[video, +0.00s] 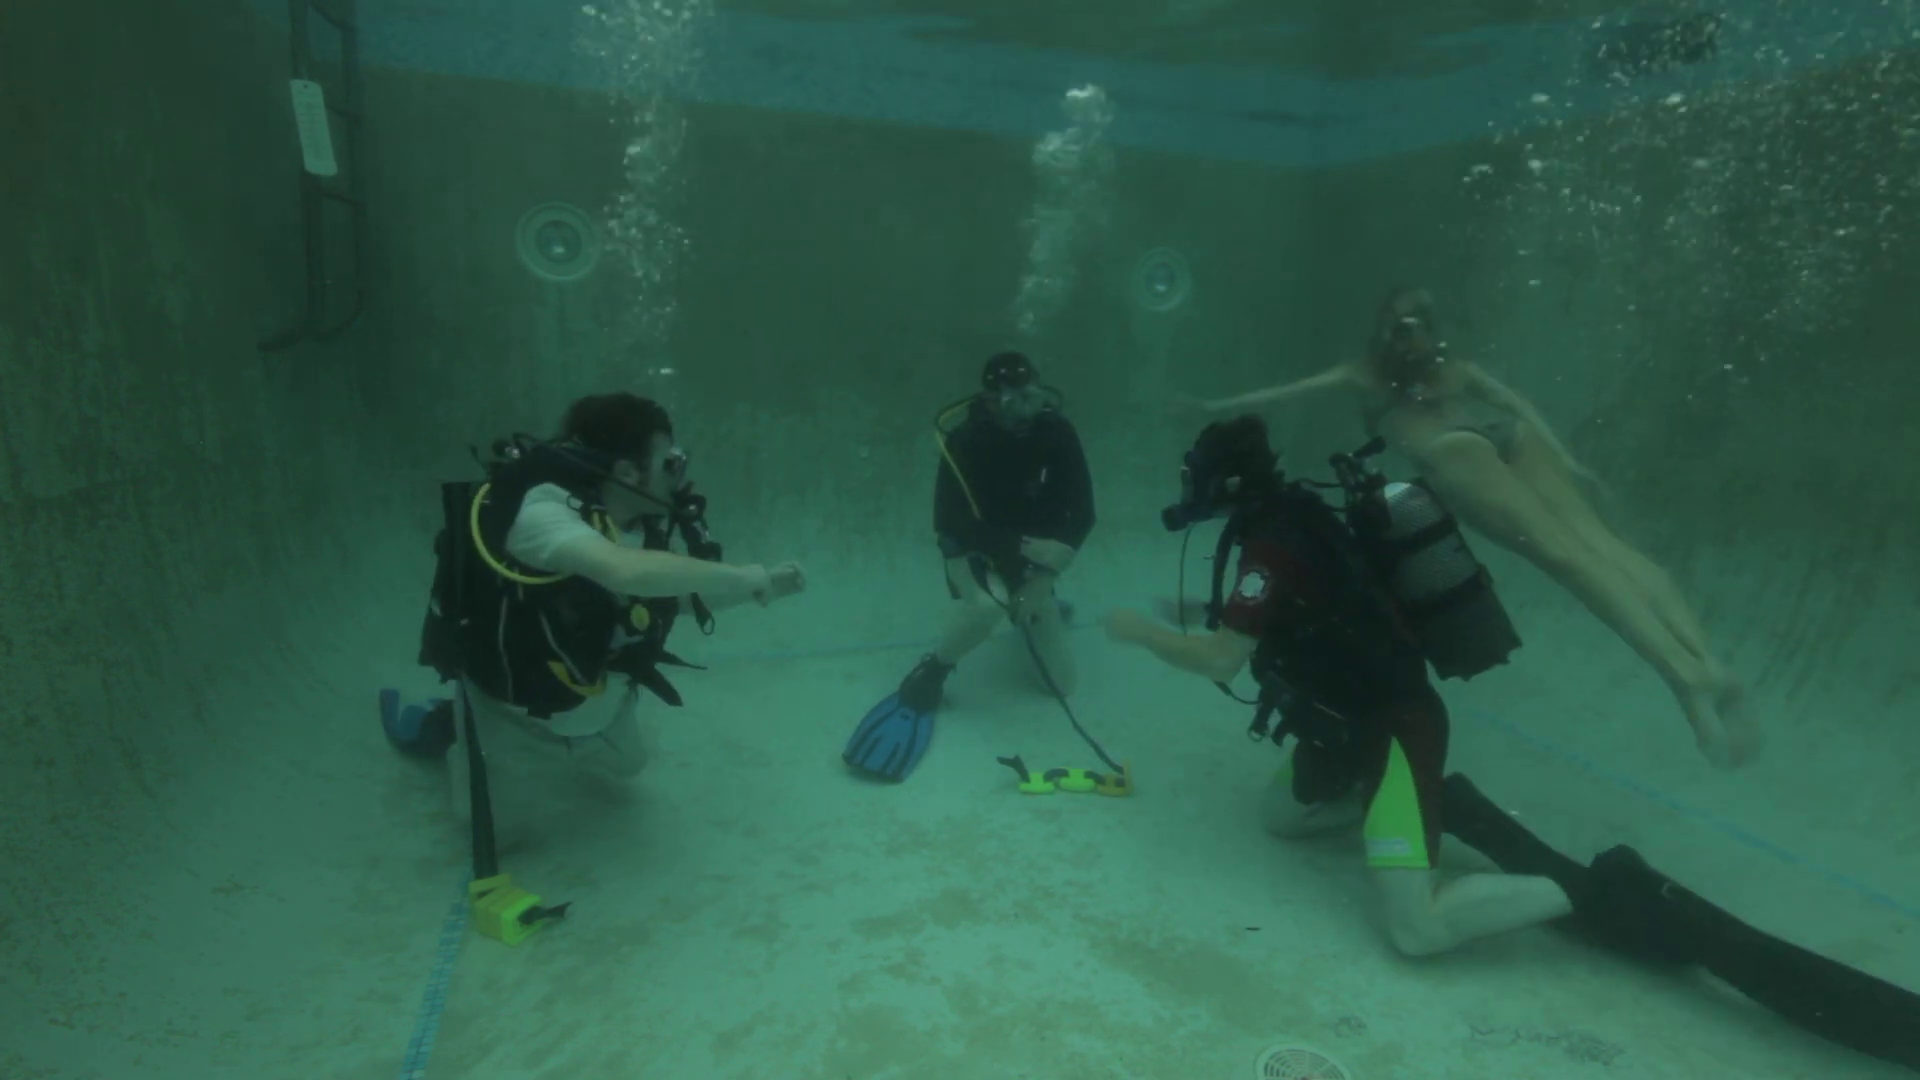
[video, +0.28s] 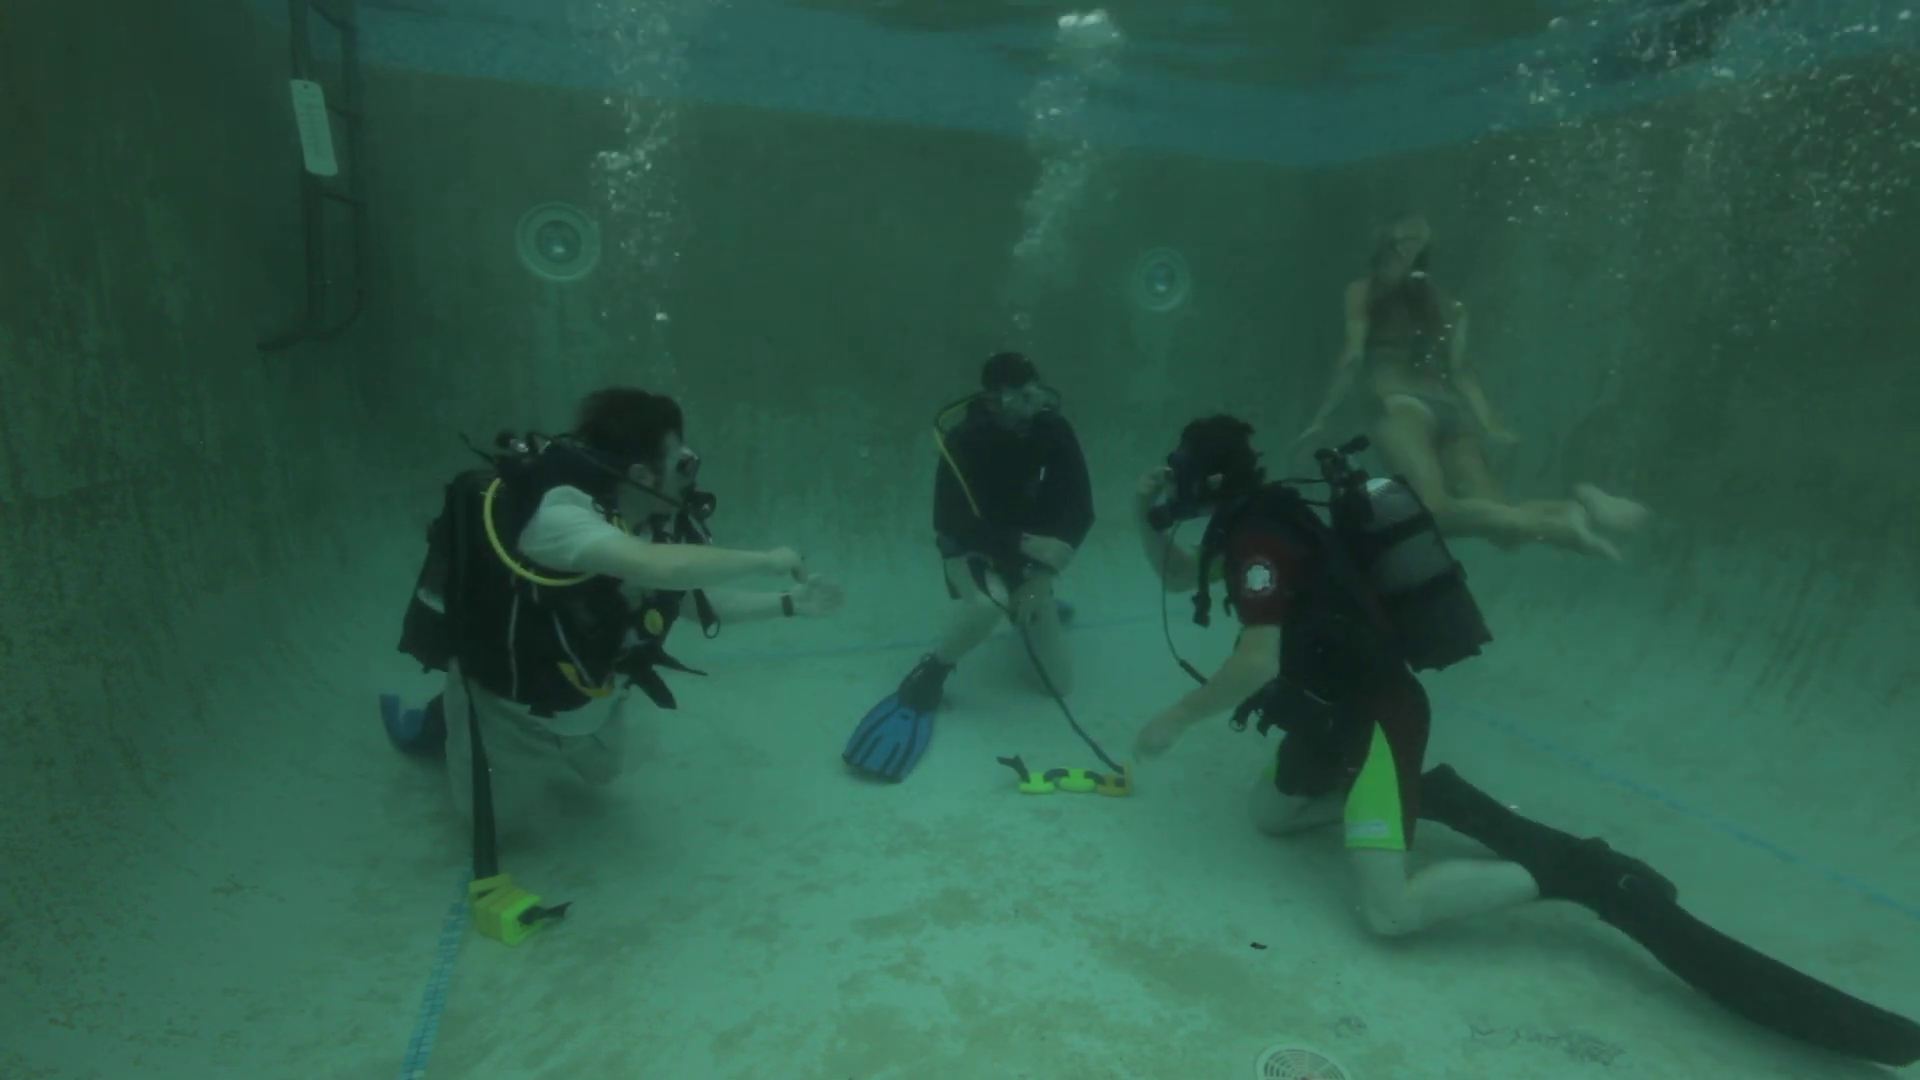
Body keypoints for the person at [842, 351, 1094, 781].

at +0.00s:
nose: (1025, 406)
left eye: (1030, 394)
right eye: (1013, 397)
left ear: (1040, 391)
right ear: (990, 399)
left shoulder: (1056, 431)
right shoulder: (966, 439)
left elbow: (1081, 510)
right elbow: (954, 522)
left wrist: (1045, 574)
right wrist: (1023, 547)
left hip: (1034, 554)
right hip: (974, 548)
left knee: (1061, 681)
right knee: (987, 606)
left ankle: (1040, 607)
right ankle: (929, 676)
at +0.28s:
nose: (1034, 404)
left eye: (1036, 394)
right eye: (1022, 396)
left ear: (1041, 390)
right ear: (994, 399)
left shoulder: (1054, 431)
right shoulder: (966, 439)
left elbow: (1079, 508)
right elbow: (955, 522)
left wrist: (1048, 566)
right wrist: (1024, 543)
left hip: (1032, 554)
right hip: (973, 549)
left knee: (1057, 680)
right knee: (985, 606)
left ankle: (1038, 607)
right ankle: (929, 677)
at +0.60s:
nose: (1027, 405)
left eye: (1031, 394)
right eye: (1014, 397)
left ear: (1039, 390)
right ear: (990, 399)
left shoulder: (1053, 431)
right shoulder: (966, 438)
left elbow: (1079, 506)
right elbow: (955, 520)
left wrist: (1056, 554)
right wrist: (1021, 543)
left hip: (1031, 553)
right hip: (971, 548)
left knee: (1057, 679)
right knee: (988, 603)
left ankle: (1039, 609)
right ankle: (930, 675)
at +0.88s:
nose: (1022, 407)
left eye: (1028, 395)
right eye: (1010, 397)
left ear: (1038, 392)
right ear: (988, 398)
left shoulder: (1052, 431)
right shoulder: (964, 438)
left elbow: (1078, 510)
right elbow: (949, 520)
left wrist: (1047, 569)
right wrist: (1019, 538)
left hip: (1031, 556)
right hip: (969, 551)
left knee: (1053, 680)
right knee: (992, 600)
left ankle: (1035, 606)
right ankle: (930, 675)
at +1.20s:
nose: (1008, 404)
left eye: (1017, 393)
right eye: (998, 394)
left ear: (1033, 393)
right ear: (982, 395)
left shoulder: (1051, 432)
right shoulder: (964, 436)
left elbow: (1076, 509)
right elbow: (939, 514)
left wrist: (1048, 567)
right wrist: (1010, 528)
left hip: (1029, 557)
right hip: (970, 552)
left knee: (1051, 681)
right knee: (990, 601)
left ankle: (1028, 608)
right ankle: (930, 674)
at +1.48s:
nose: (1006, 403)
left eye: (1015, 393)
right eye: (996, 393)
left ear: (1031, 393)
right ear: (979, 395)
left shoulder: (1050, 432)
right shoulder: (963, 437)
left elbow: (1074, 510)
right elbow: (924, 510)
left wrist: (1045, 568)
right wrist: (976, 546)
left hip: (1030, 551)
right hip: (964, 546)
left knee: (1052, 680)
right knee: (987, 600)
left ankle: (1035, 606)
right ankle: (930, 676)